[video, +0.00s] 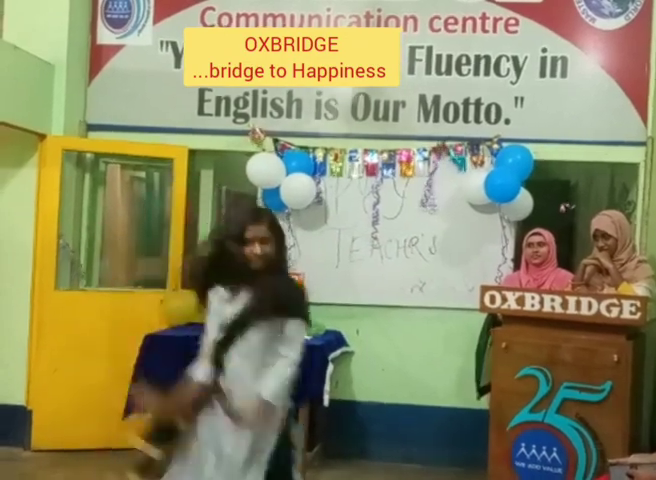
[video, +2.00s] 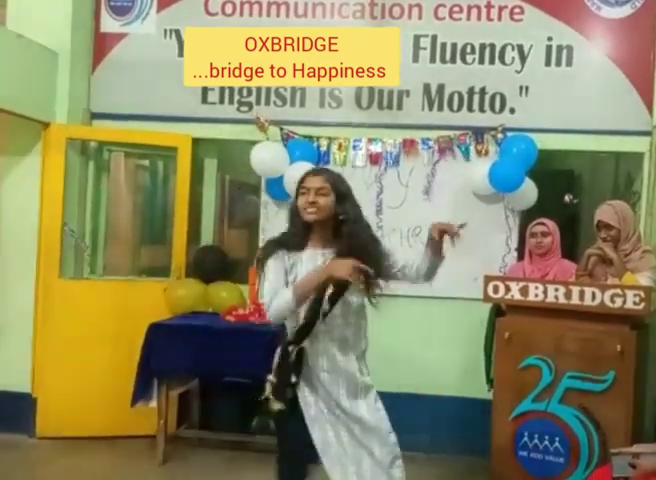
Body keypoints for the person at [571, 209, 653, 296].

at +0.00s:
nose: (600, 245)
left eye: (606, 237)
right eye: (596, 238)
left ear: (621, 236)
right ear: (592, 240)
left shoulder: (641, 268)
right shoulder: (591, 266)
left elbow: (638, 302)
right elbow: (573, 296)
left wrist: (611, 267)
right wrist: (582, 268)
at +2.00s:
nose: (602, 235)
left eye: (609, 228)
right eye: (599, 228)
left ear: (625, 227)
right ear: (595, 229)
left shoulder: (646, 259)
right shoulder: (593, 256)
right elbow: (576, 287)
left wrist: (615, 258)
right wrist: (585, 260)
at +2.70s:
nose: (605, 225)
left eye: (612, 217)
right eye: (602, 218)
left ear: (629, 217)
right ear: (598, 220)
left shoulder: (649, 248)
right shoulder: (596, 247)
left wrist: (618, 248)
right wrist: (588, 250)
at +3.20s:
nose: (606, 215)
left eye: (613, 208)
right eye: (603, 208)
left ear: (630, 207)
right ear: (599, 209)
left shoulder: (649, 238)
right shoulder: (597, 237)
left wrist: (618, 238)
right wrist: (588, 241)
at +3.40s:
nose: (606, 211)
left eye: (613, 203)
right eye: (602, 203)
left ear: (630, 203)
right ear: (599, 205)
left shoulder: (649, 235)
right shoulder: (597, 234)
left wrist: (618, 234)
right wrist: (588, 240)